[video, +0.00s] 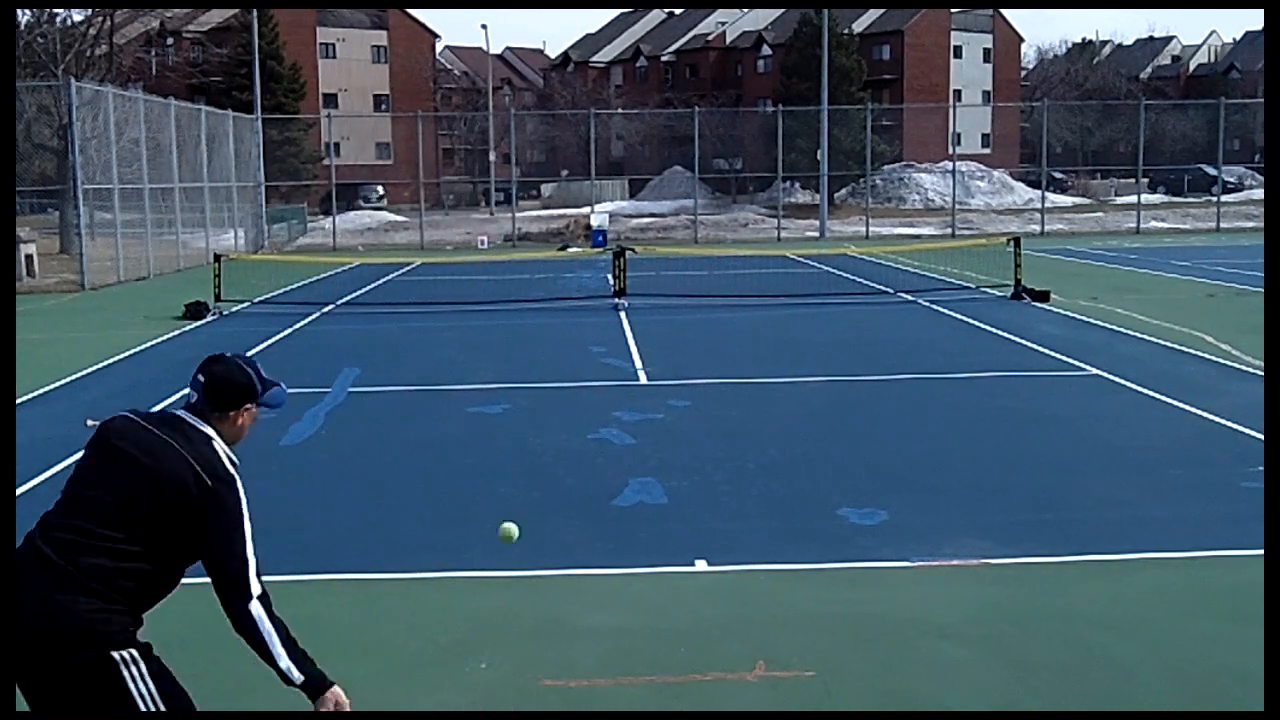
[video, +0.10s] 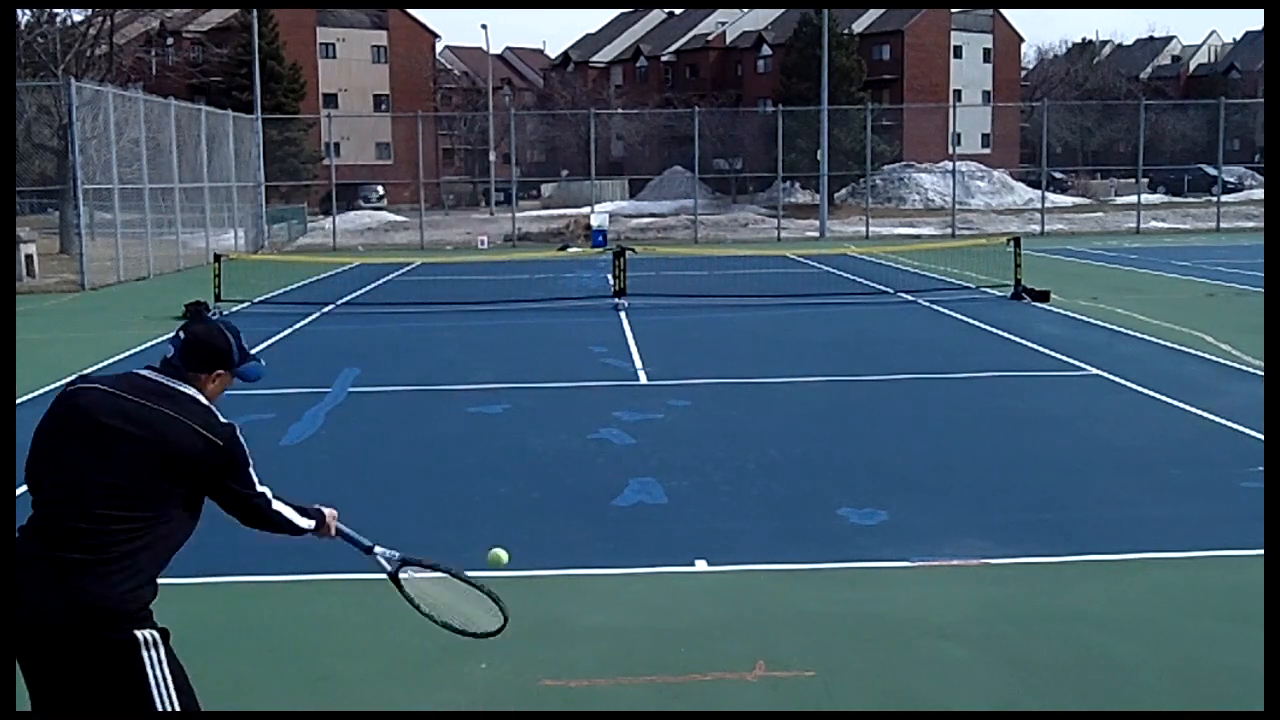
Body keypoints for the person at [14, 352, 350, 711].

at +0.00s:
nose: (255, 418)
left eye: (257, 409)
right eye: (256, 410)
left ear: (195, 397)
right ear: (240, 415)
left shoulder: (121, 425)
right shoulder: (216, 476)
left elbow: (77, 514)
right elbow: (245, 600)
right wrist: (315, 684)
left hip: (20, 609)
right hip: (92, 632)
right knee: (171, 708)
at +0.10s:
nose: (229, 385)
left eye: (233, 377)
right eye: (230, 377)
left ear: (177, 356)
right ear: (213, 376)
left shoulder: (85, 389)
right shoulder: (211, 434)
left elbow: (37, 472)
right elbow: (254, 506)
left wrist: (77, 522)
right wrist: (313, 520)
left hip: (30, 597)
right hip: (114, 613)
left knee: (57, 706)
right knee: (173, 707)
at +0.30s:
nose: (191, 321)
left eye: (190, 314)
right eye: (189, 316)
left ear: (128, 320)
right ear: (179, 325)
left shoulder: (63, 373)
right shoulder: (194, 367)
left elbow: (22, 438)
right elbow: (176, 331)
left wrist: (36, 352)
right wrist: (131, 308)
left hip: (70, 573)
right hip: (161, 574)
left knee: (71, 703)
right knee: (177, 703)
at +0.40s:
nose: (184, 313)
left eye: (181, 305)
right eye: (182, 307)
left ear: (120, 313)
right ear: (173, 317)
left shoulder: (66, 378)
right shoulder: (194, 357)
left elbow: (18, 434)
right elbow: (144, 314)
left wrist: (23, 352)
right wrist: (68, 287)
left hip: (88, 573)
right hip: (179, 570)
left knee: (86, 703)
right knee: (198, 702)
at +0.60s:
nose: (196, 307)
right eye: (193, 303)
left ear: (134, 316)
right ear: (188, 313)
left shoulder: (95, 387)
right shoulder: (216, 351)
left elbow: (33, 449)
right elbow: (170, 302)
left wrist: (35, 364)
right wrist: (77, 274)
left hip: (128, 577)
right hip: (217, 570)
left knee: (109, 704)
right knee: (263, 700)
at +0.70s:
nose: (227, 315)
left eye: (218, 307)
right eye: (223, 308)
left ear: (165, 321)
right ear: (216, 321)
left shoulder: (123, 390)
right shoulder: (246, 360)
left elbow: (61, 448)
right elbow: (199, 311)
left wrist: (61, 362)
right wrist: (122, 282)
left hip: (150, 586)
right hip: (239, 579)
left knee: (125, 705)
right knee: (294, 702)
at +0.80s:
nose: (266, 318)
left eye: (259, 310)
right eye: (262, 313)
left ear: (203, 329)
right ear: (256, 326)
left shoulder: (161, 392)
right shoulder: (286, 365)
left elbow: (98, 448)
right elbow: (253, 324)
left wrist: (105, 360)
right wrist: (181, 304)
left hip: (185, 593)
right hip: (274, 588)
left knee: (146, 706)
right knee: (329, 704)